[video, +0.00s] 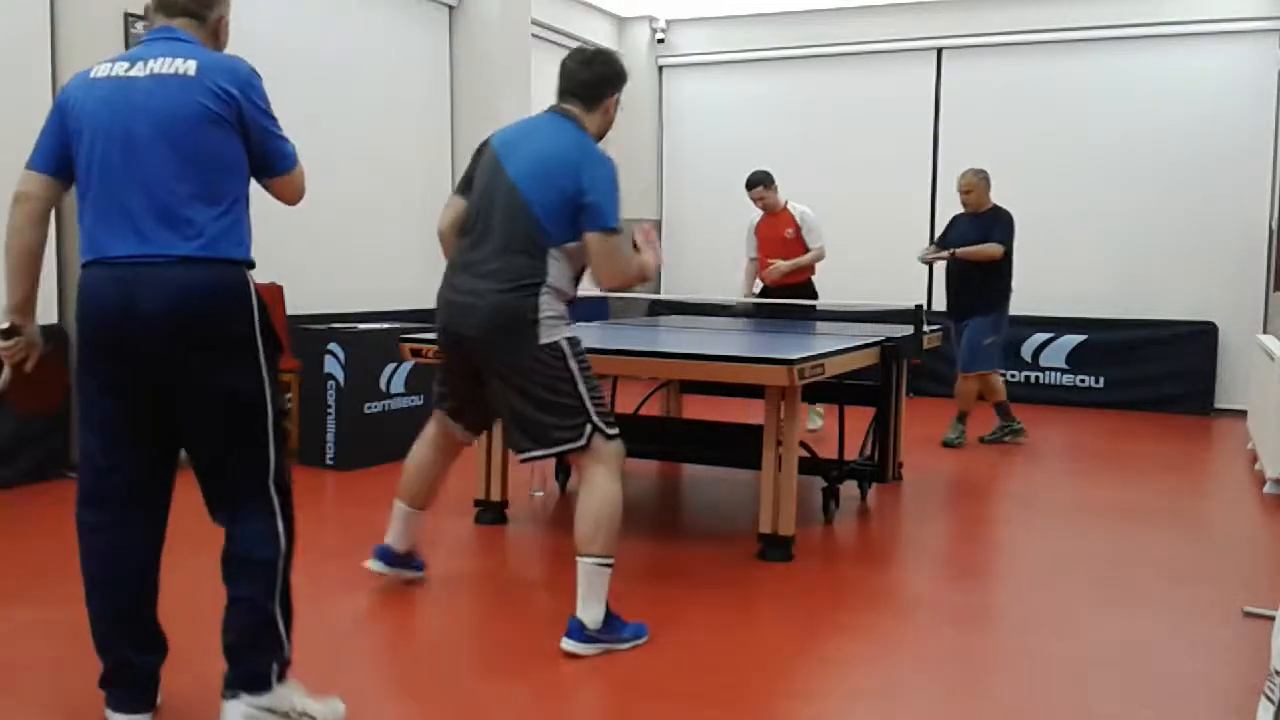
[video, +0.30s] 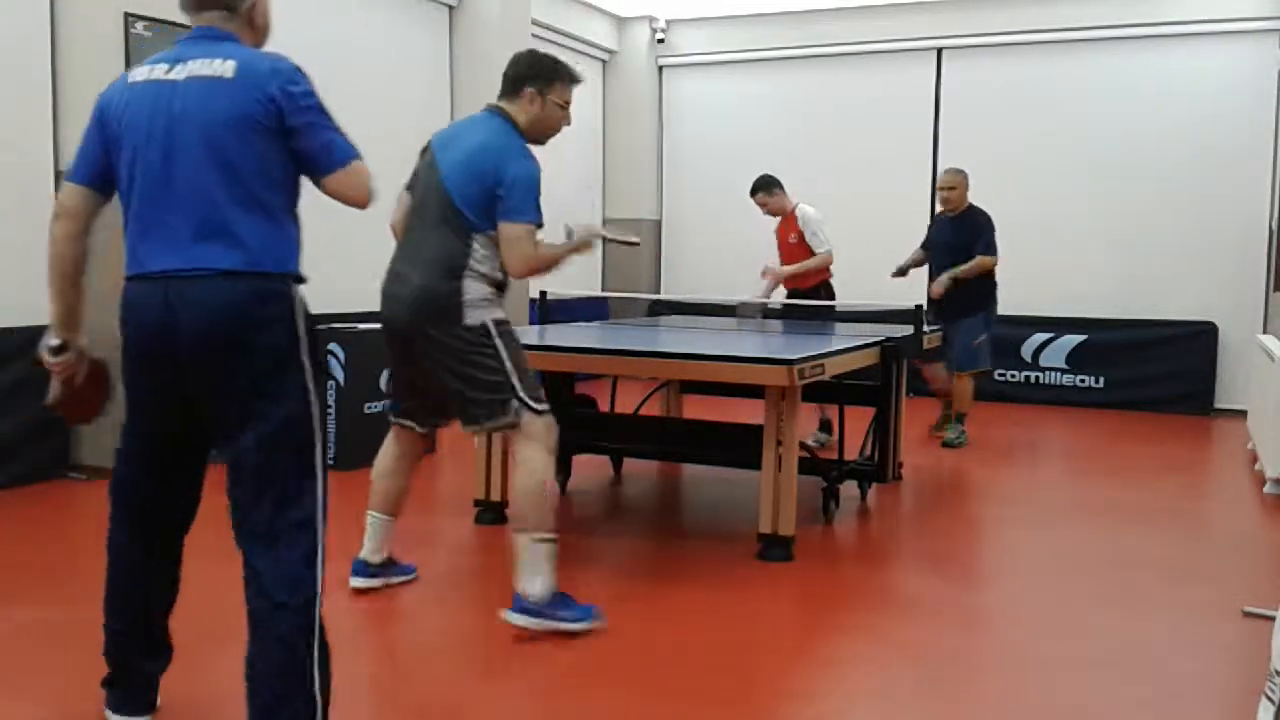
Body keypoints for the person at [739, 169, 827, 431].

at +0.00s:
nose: (758, 205)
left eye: (761, 198)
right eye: (754, 201)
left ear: (774, 189)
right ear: (751, 198)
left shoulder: (801, 215)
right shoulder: (756, 224)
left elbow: (819, 252)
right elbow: (752, 262)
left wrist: (787, 265)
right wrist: (745, 294)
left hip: (799, 293)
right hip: (768, 294)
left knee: (803, 350)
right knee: (769, 351)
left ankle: (813, 406)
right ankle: (775, 407)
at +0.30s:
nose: (764, 212)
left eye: (764, 204)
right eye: (760, 207)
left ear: (777, 194)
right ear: (771, 200)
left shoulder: (806, 215)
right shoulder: (781, 226)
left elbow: (826, 257)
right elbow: (785, 267)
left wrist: (786, 272)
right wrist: (763, 296)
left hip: (817, 296)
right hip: (794, 297)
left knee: (817, 364)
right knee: (793, 363)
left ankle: (825, 426)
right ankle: (784, 427)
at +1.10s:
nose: (784, 211)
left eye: (783, 203)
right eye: (780, 205)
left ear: (797, 191)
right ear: (797, 194)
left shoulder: (822, 214)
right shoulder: (819, 216)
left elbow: (831, 260)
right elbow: (827, 265)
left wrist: (792, 277)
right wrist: (809, 293)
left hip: (840, 293)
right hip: (836, 293)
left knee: (824, 364)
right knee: (843, 364)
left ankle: (826, 430)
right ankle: (850, 426)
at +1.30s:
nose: (777, 216)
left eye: (777, 208)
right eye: (774, 210)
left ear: (792, 198)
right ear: (795, 199)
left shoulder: (812, 220)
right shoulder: (823, 216)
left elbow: (806, 269)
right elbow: (836, 264)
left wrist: (765, 291)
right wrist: (813, 286)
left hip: (839, 299)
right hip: (846, 296)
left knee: (819, 366)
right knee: (834, 363)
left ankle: (827, 430)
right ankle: (843, 420)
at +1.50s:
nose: (777, 214)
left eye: (778, 206)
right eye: (773, 209)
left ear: (795, 197)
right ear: (797, 199)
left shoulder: (812, 221)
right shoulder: (820, 218)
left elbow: (810, 270)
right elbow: (835, 264)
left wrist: (769, 297)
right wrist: (813, 286)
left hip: (842, 299)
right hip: (846, 297)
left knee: (819, 367)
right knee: (828, 365)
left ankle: (827, 432)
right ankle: (841, 421)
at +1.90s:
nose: (781, 218)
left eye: (783, 210)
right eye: (777, 213)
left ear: (800, 203)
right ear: (797, 207)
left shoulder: (821, 224)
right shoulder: (812, 230)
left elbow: (827, 268)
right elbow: (828, 271)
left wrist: (792, 293)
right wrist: (811, 290)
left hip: (853, 300)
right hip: (837, 302)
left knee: (838, 366)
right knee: (818, 364)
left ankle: (846, 427)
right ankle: (819, 424)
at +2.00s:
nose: (779, 223)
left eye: (780, 216)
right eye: (775, 218)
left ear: (798, 208)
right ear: (796, 212)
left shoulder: (818, 228)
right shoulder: (810, 233)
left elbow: (819, 272)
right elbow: (823, 276)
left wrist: (782, 297)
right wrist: (803, 297)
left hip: (852, 305)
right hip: (837, 306)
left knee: (834, 368)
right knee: (817, 364)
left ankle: (845, 428)